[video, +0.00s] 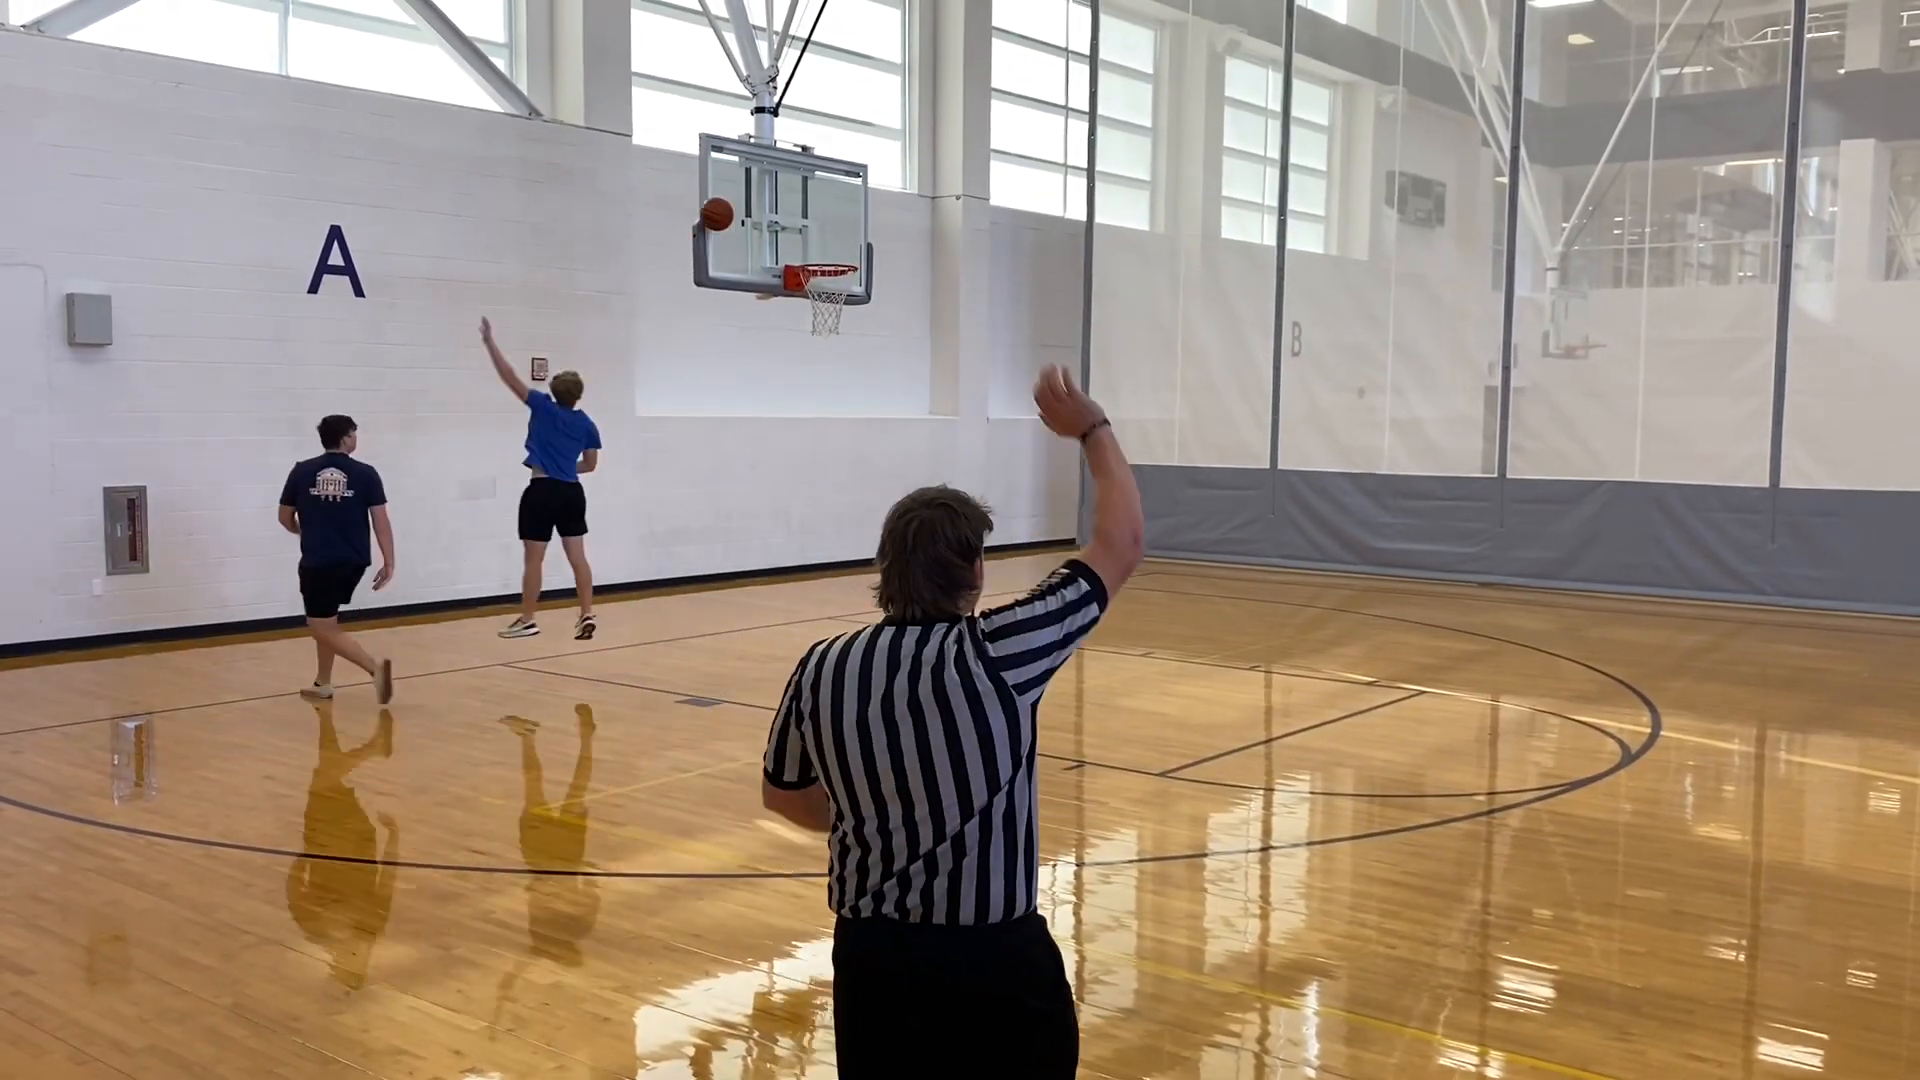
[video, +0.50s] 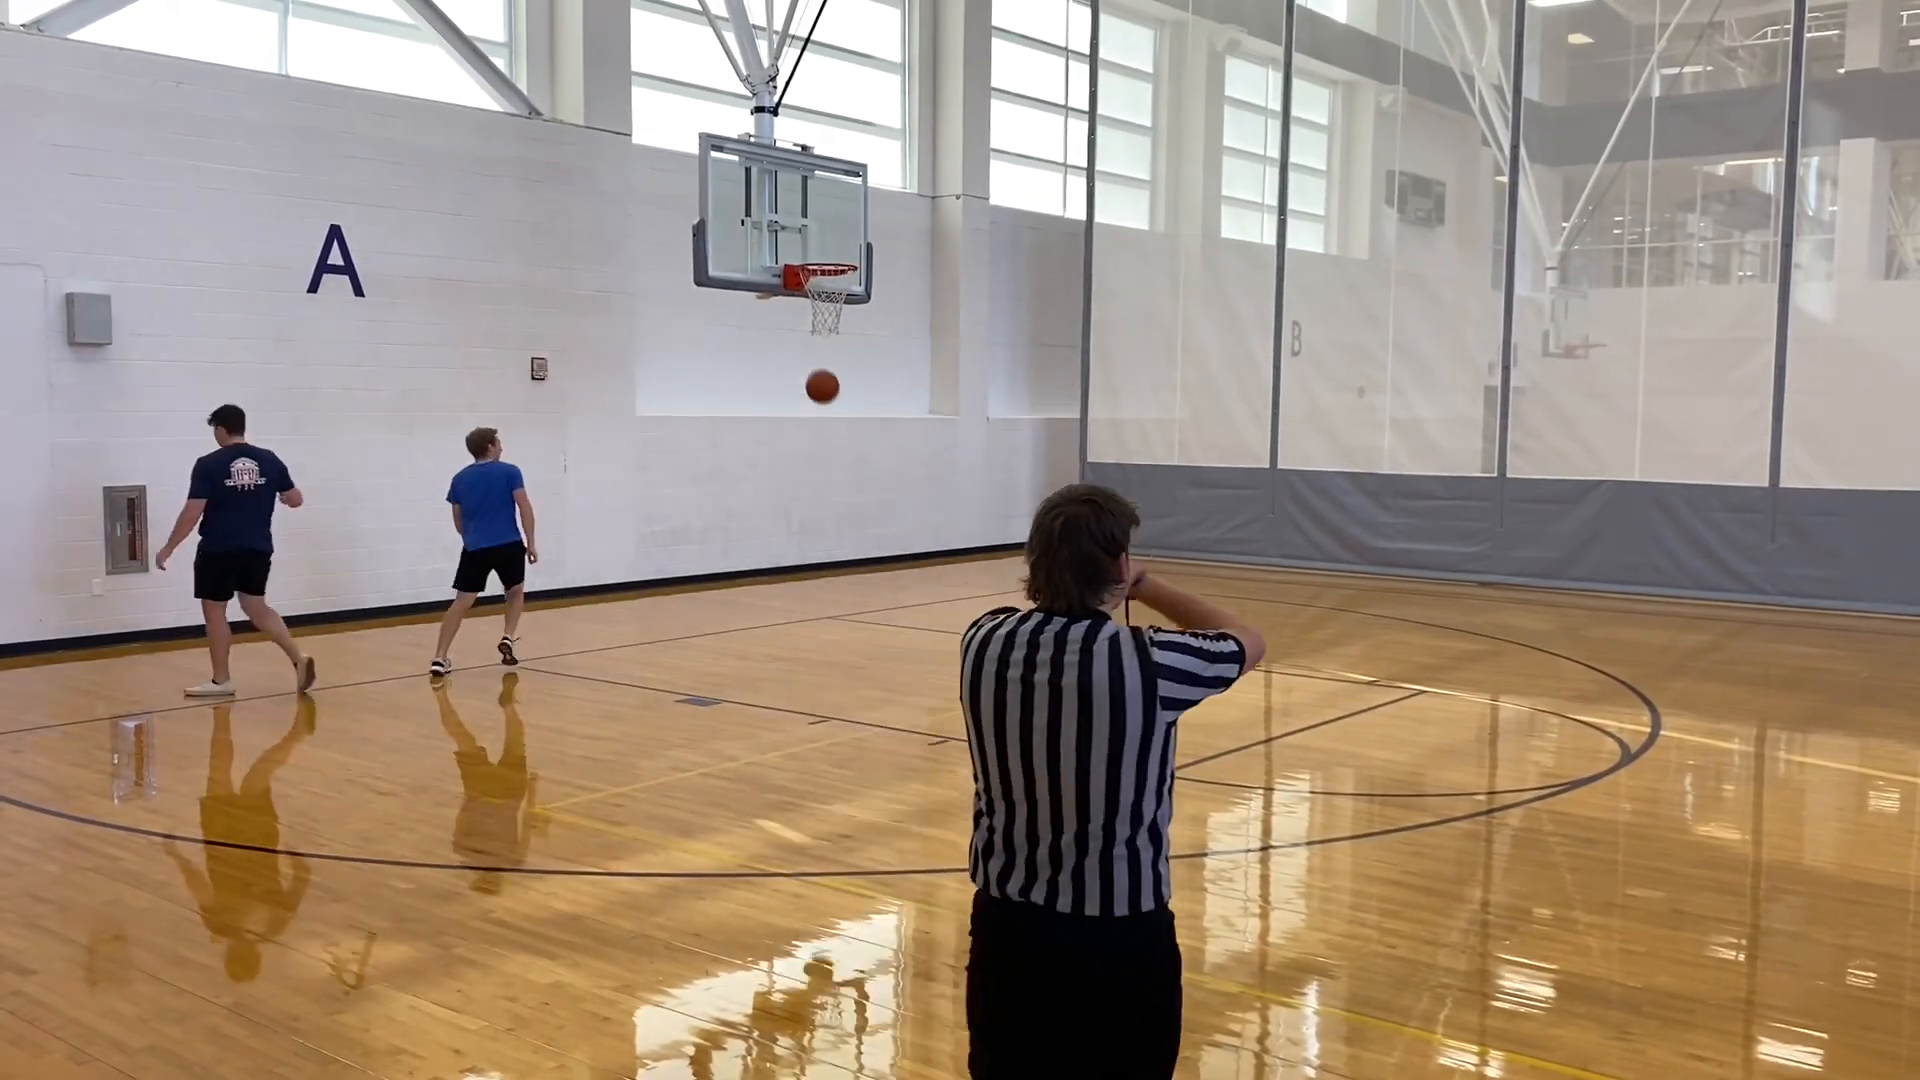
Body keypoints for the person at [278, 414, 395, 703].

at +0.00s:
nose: (357, 439)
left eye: (355, 434)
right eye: (354, 435)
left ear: (325, 440)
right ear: (346, 439)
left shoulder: (302, 470)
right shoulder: (365, 473)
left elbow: (285, 517)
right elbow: (380, 522)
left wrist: (307, 534)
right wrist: (389, 562)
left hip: (316, 559)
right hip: (353, 559)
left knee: (321, 628)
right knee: (326, 620)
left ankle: (375, 667)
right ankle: (323, 683)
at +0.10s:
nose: (335, 434)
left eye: (334, 429)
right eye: (333, 430)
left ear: (305, 434)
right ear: (325, 432)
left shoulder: (283, 465)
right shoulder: (345, 464)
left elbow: (273, 513)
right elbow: (364, 510)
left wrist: (267, 547)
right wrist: (373, 550)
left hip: (298, 556)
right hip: (337, 555)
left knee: (286, 618)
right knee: (319, 611)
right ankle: (322, 680)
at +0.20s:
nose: (315, 428)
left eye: (313, 423)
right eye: (313, 424)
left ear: (283, 427)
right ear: (305, 426)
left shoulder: (263, 460)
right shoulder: (325, 455)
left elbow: (251, 509)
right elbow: (350, 497)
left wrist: (239, 547)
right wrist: (358, 528)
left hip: (280, 550)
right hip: (320, 548)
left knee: (259, 605)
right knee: (313, 608)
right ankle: (323, 681)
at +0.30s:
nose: (293, 424)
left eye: (290, 419)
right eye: (291, 419)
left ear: (260, 425)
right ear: (287, 423)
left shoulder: (244, 458)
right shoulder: (306, 452)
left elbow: (228, 503)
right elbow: (336, 491)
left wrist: (212, 541)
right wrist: (337, 506)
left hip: (259, 549)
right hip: (302, 547)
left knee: (242, 606)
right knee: (303, 608)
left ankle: (238, 678)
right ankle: (320, 679)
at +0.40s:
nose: (241, 431)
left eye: (240, 427)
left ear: (240, 429)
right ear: (266, 426)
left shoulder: (225, 462)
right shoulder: (287, 457)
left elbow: (209, 507)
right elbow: (318, 492)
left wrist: (189, 544)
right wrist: (301, 488)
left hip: (237, 554)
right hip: (280, 551)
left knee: (228, 615)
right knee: (288, 609)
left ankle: (222, 680)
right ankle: (317, 674)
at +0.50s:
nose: (215, 436)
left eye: (214, 431)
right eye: (214, 432)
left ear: (221, 430)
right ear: (243, 429)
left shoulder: (208, 464)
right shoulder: (268, 459)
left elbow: (192, 513)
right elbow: (295, 499)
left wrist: (168, 547)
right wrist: (272, 485)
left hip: (217, 552)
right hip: (257, 550)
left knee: (215, 614)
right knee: (255, 605)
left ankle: (221, 680)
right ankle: (298, 659)